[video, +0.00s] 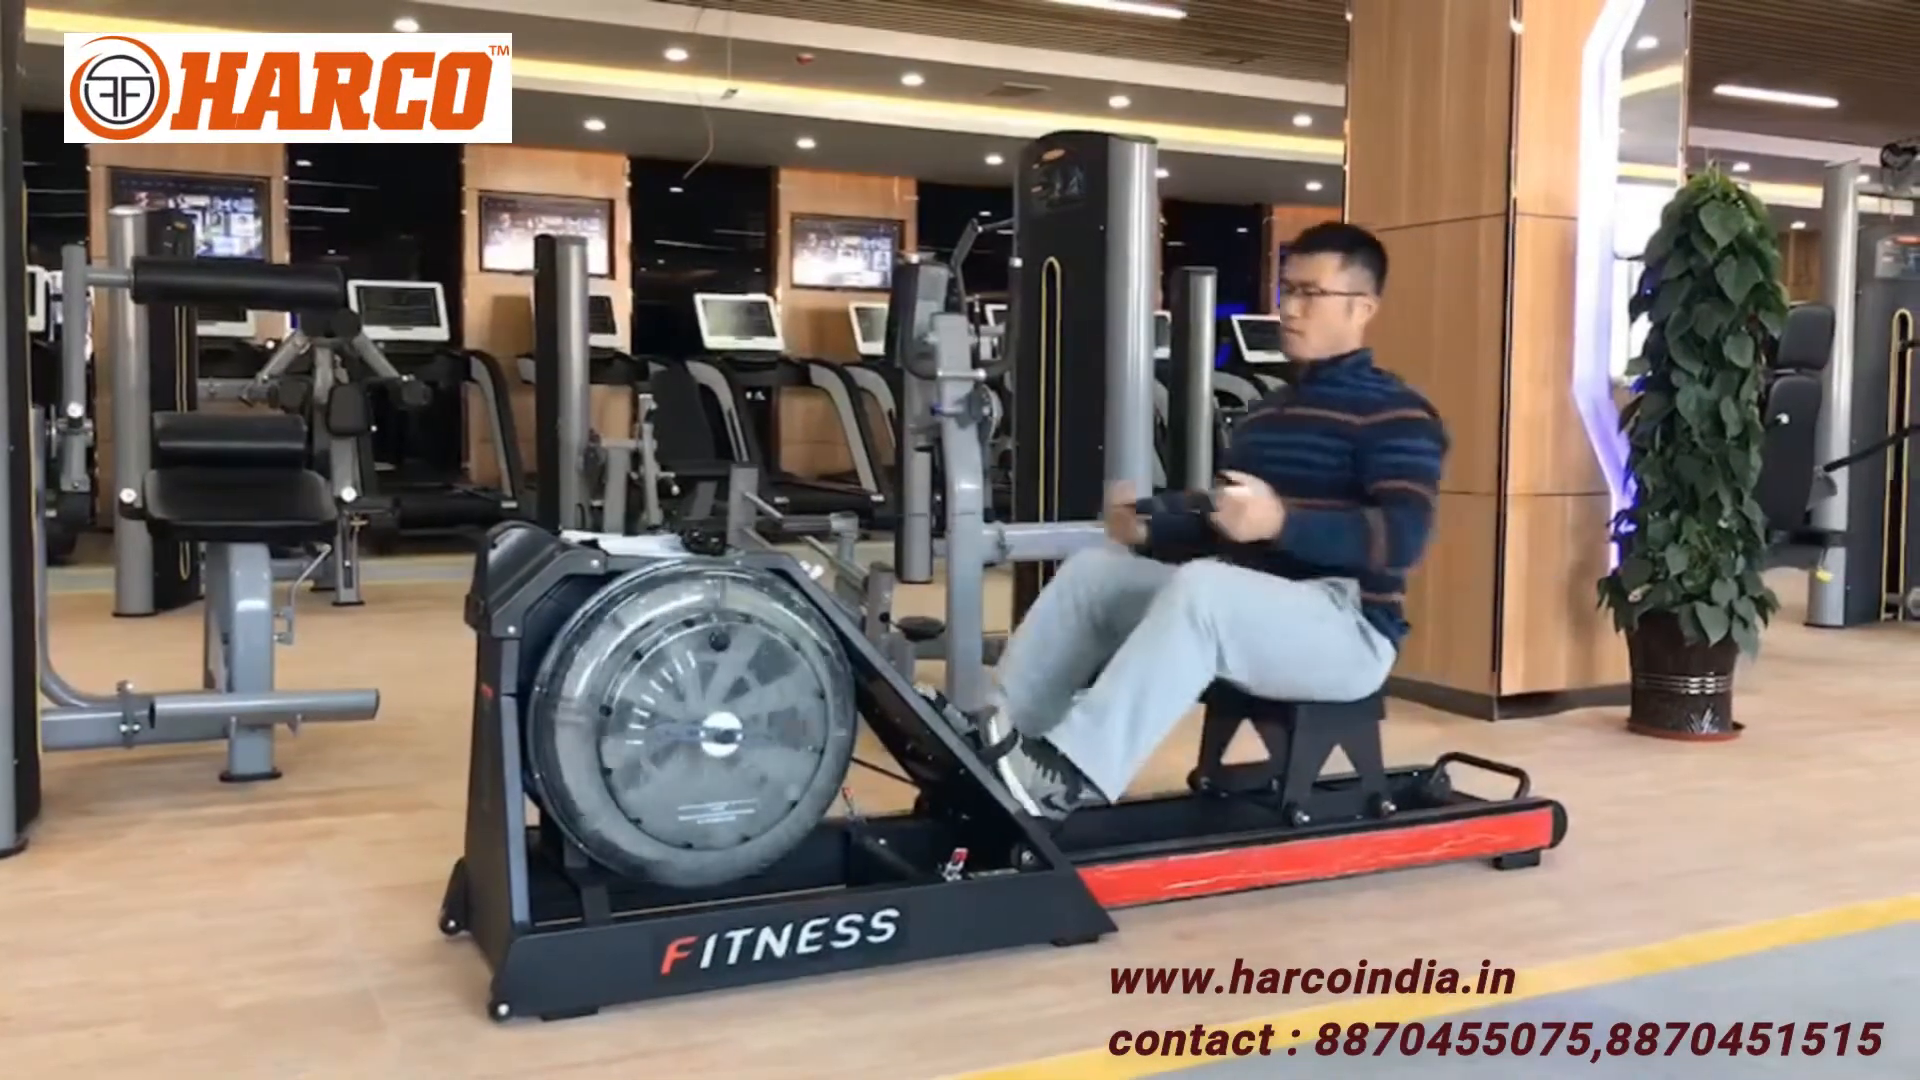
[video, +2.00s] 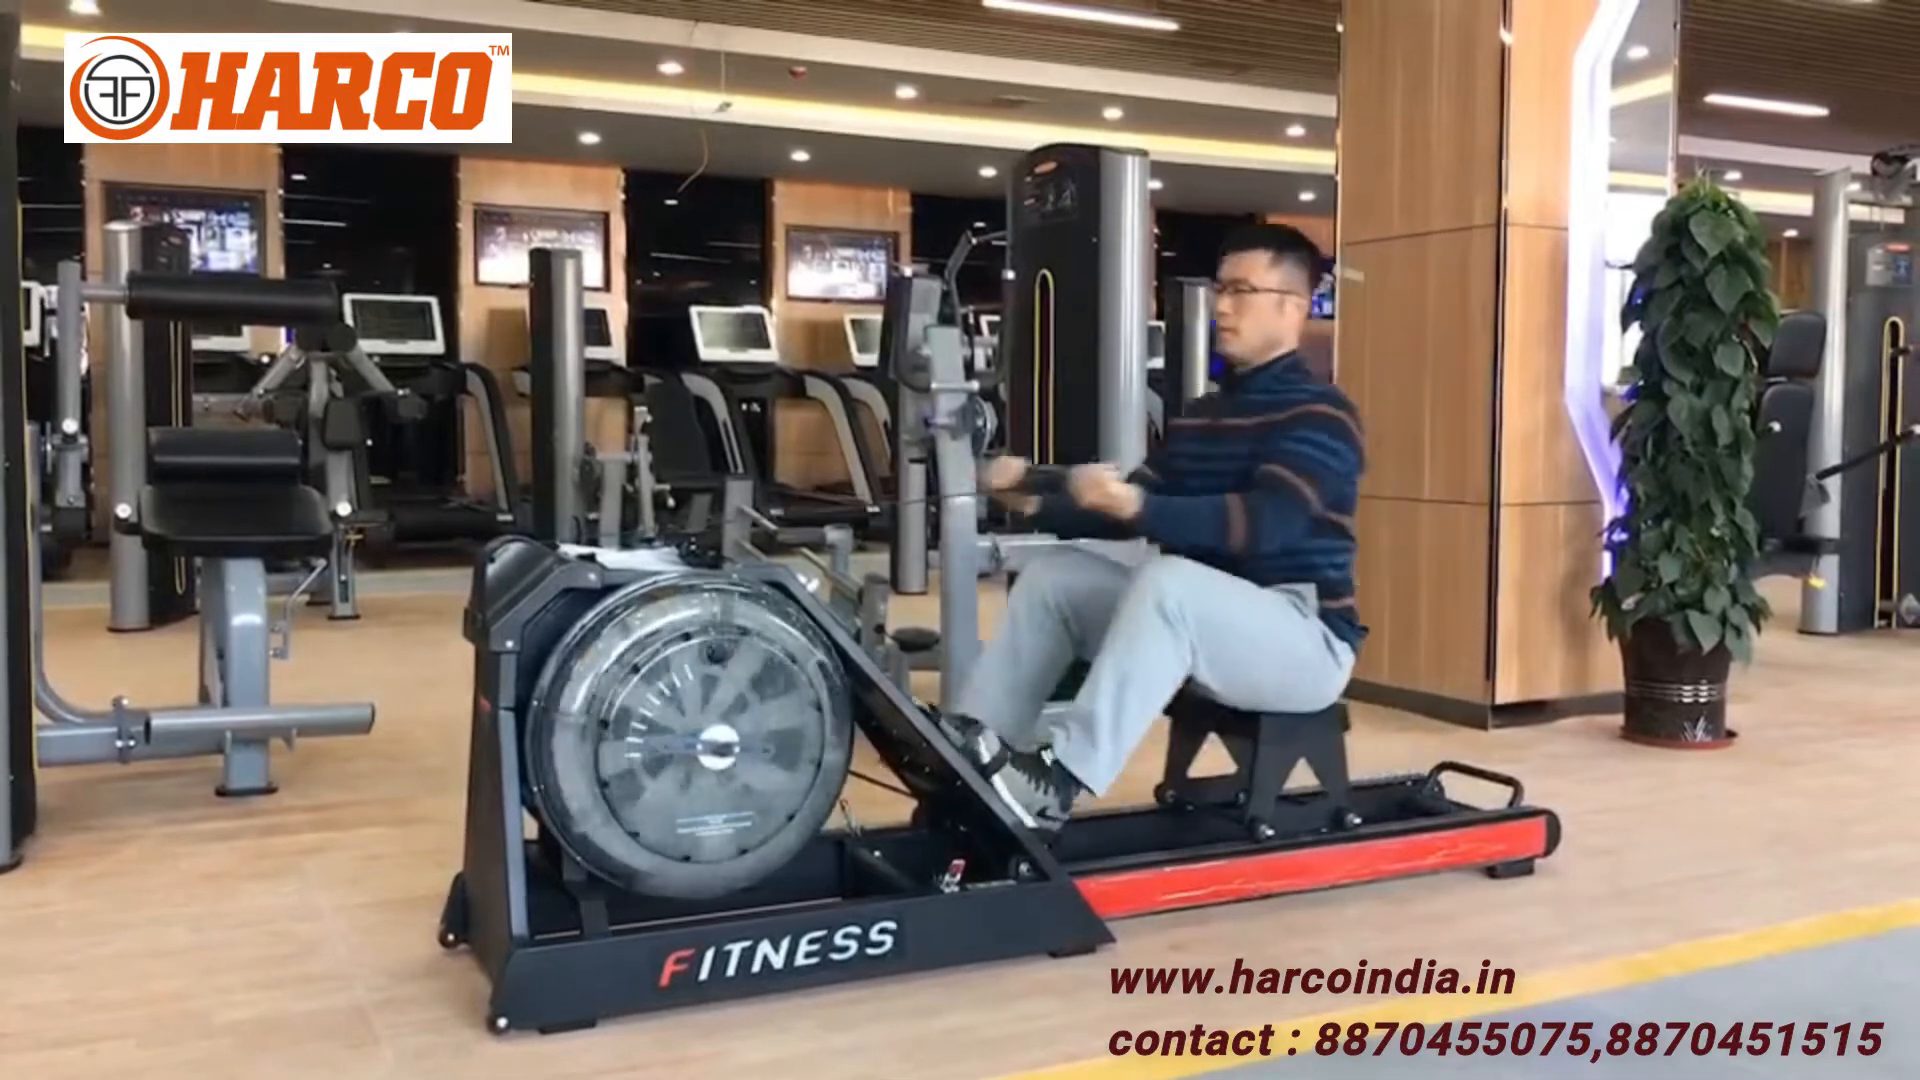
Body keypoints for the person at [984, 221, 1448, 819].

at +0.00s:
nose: (1288, 308)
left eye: (1309, 293)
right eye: (1286, 291)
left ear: (1363, 309)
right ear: (1277, 294)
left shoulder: (1397, 414)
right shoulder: (1269, 414)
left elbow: (1401, 537)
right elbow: (1234, 521)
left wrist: (1282, 522)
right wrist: (1149, 526)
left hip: (1349, 630)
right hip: (1255, 609)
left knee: (1200, 592)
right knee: (1094, 570)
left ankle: (1073, 771)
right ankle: (1002, 735)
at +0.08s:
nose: (1259, 304)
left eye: (1282, 290)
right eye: (1258, 287)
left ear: (1338, 307)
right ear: (1250, 294)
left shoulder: (1371, 411)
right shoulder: (1243, 412)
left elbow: (1350, 532)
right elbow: (1204, 521)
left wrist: (1229, 518)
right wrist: (1109, 525)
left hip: (1332, 630)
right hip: (1231, 609)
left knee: (1186, 586)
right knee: (1070, 567)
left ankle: (1064, 769)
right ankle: (988, 741)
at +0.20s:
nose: (1218, 301)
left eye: (1238, 286)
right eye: (1215, 284)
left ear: (1291, 303)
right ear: (1208, 292)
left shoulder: (1315, 400)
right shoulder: (1196, 400)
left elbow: (1254, 513)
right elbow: (1137, 501)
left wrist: (1128, 501)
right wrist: (1033, 502)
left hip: (1292, 634)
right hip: (1194, 609)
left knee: (1159, 569)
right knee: (1032, 560)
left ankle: (1049, 767)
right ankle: (973, 736)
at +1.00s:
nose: (1306, 316)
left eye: (1327, 302)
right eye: (1300, 299)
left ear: (1376, 313)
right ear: (1288, 303)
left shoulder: (1387, 412)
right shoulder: (1270, 411)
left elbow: (1321, 517)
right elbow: (1210, 518)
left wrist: (1216, 479)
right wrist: (1123, 473)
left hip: (1351, 624)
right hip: (1265, 604)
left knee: (1196, 614)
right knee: (1093, 590)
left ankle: (1058, 781)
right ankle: (975, 743)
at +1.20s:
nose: (1365, 331)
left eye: (1386, 316)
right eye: (1357, 312)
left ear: (1434, 326)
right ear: (1344, 315)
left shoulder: (1448, 421)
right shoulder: (1339, 412)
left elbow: (1405, 538)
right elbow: (1278, 528)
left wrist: (1319, 474)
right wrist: (1210, 470)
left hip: (1388, 630)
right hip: (1303, 608)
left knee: (1223, 653)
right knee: (1134, 626)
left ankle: (1069, 789)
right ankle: (985, 748)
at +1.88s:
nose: (1277, 311)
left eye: (1296, 296)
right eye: (1274, 295)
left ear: (1352, 311)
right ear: (1266, 301)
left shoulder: (1382, 419)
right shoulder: (1260, 420)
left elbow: (1365, 542)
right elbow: (1202, 530)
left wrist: (1252, 501)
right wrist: (1131, 493)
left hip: (1348, 637)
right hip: (1251, 618)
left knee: (1205, 607)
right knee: (1091, 591)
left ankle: (1081, 781)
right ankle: (1000, 751)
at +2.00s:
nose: (1220, 307)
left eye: (1241, 292)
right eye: (1219, 291)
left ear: (1295, 309)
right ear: (1213, 300)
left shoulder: (1322, 416)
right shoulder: (1205, 414)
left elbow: (1264, 523)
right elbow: (1138, 504)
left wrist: (1141, 508)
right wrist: (1033, 488)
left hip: (1307, 638)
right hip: (1207, 613)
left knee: (1168, 588)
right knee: (1050, 578)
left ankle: (1058, 778)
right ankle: (973, 742)